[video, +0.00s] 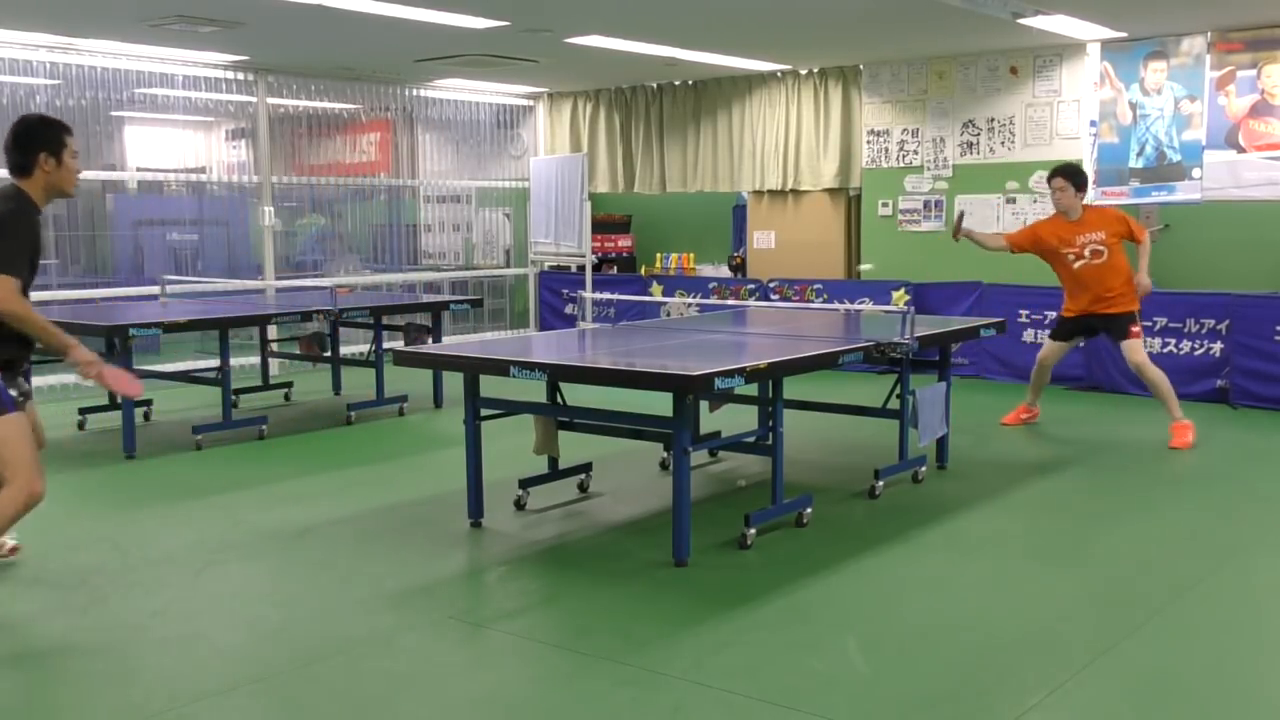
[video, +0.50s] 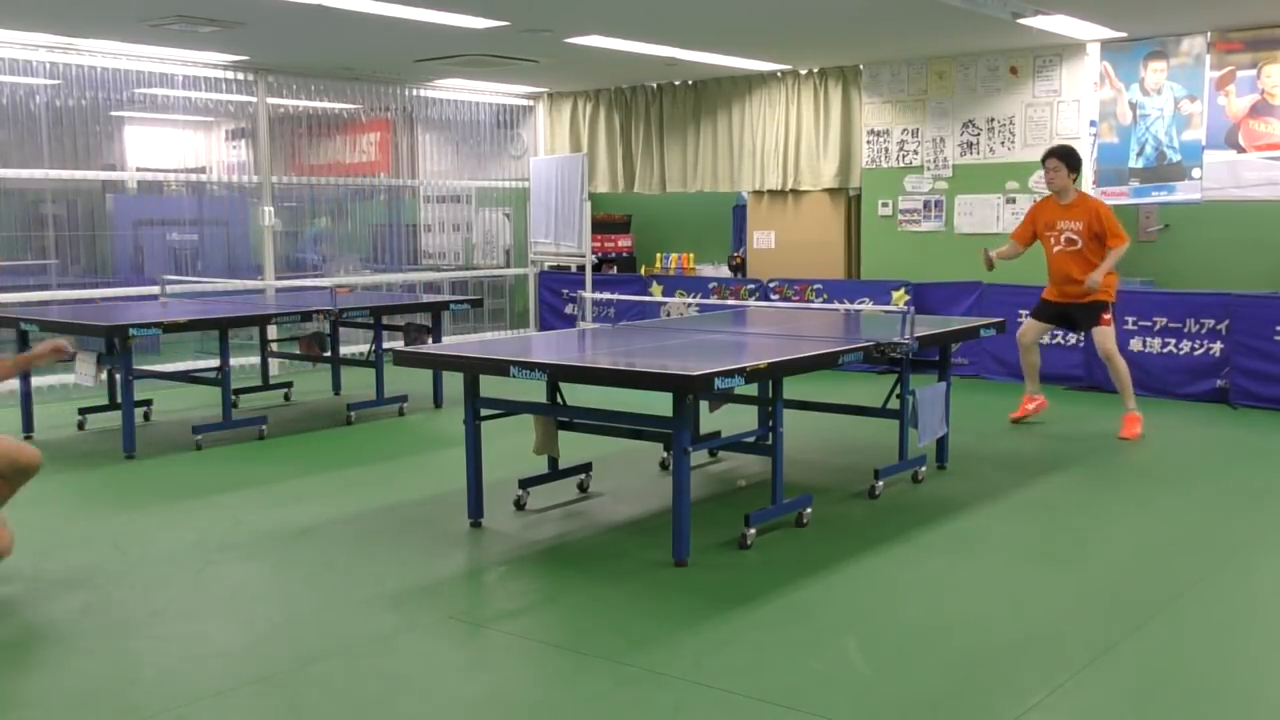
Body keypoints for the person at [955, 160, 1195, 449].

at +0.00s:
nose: (1054, 196)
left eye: (1060, 190)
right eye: (1052, 191)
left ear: (1079, 192)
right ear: (1051, 195)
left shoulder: (1109, 218)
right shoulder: (1044, 231)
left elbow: (1143, 236)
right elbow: (1002, 242)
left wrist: (1143, 272)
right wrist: (968, 233)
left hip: (1120, 307)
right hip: (1076, 311)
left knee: (1138, 361)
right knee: (1044, 359)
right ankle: (1030, 407)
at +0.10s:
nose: (1072, 205)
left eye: (1078, 199)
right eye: (1069, 200)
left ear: (1096, 201)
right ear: (1067, 204)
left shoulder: (1124, 229)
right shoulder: (1059, 238)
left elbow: (1156, 253)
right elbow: (1012, 242)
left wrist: (1165, 294)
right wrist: (977, 227)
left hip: (1131, 316)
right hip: (1089, 320)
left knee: (1147, 366)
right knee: (1053, 371)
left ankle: (1184, 425)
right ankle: (1046, 411)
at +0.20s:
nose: (1077, 206)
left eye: (1083, 200)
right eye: (1074, 201)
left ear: (1101, 203)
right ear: (1071, 204)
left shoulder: (1128, 235)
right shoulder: (1064, 239)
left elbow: (1160, 271)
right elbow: (1021, 252)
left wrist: (1167, 309)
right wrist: (987, 237)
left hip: (1131, 321)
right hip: (1091, 324)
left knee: (1145, 370)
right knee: (1051, 371)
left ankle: (1184, 427)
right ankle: (1046, 411)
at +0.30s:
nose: (1071, 198)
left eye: (1077, 192)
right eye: (1069, 193)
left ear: (1095, 196)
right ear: (1067, 196)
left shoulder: (1120, 230)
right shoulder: (1059, 231)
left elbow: (1150, 268)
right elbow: (1020, 251)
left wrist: (1149, 307)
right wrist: (991, 242)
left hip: (1119, 315)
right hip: (1079, 314)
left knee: (1137, 369)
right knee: (1041, 362)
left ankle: (1181, 426)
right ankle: (1045, 410)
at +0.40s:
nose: (1060, 183)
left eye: (1066, 178)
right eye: (1057, 178)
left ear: (1085, 180)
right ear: (1055, 181)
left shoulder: (1107, 217)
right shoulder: (1048, 217)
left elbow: (1134, 255)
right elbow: (1018, 248)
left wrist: (1124, 287)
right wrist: (993, 247)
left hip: (1103, 304)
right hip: (1064, 305)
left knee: (1126, 358)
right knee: (1036, 352)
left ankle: (1157, 420)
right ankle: (1044, 408)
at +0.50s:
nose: (1048, 177)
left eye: (1054, 171)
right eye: (1046, 172)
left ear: (1072, 173)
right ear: (1044, 175)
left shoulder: (1095, 208)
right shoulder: (1040, 209)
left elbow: (1121, 242)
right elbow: (1017, 245)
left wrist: (1101, 271)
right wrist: (996, 255)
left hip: (1094, 295)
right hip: (1057, 295)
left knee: (1107, 350)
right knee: (1026, 338)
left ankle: (1132, 411)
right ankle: (1033, 396)